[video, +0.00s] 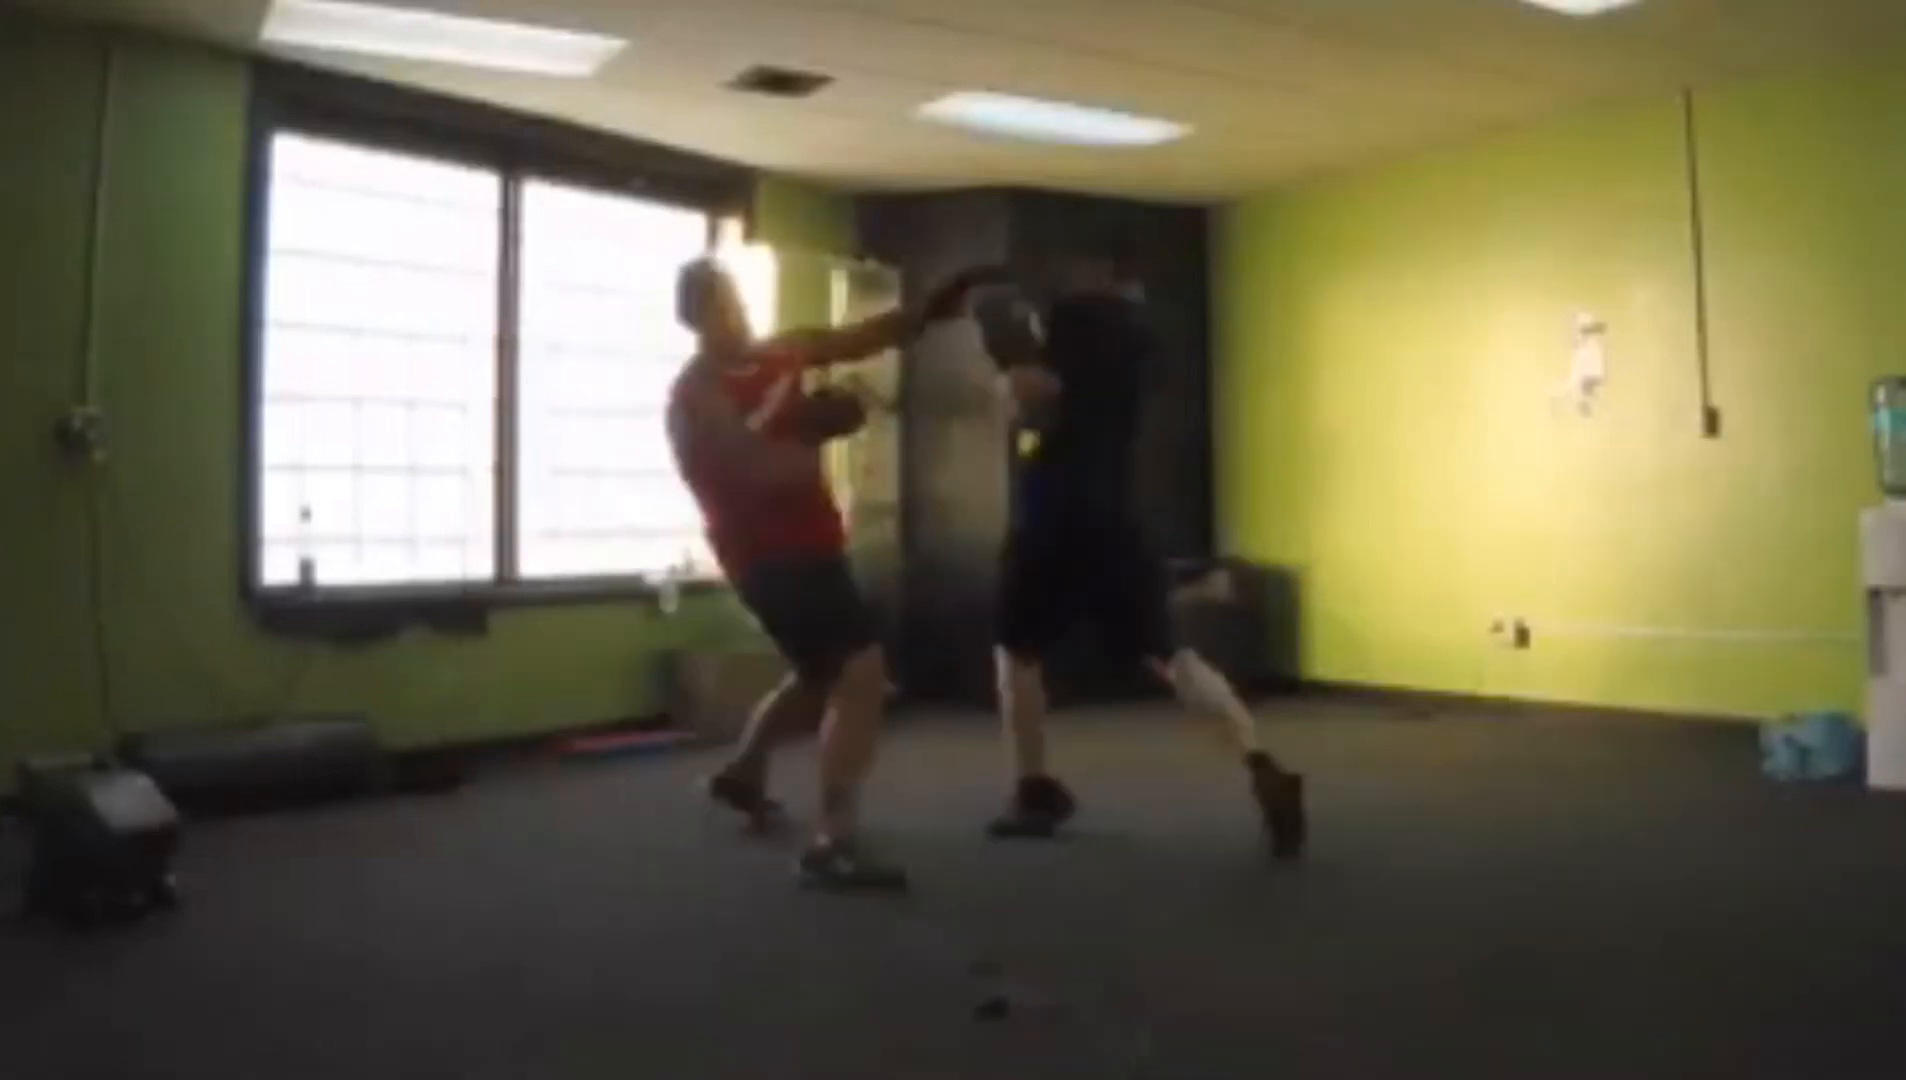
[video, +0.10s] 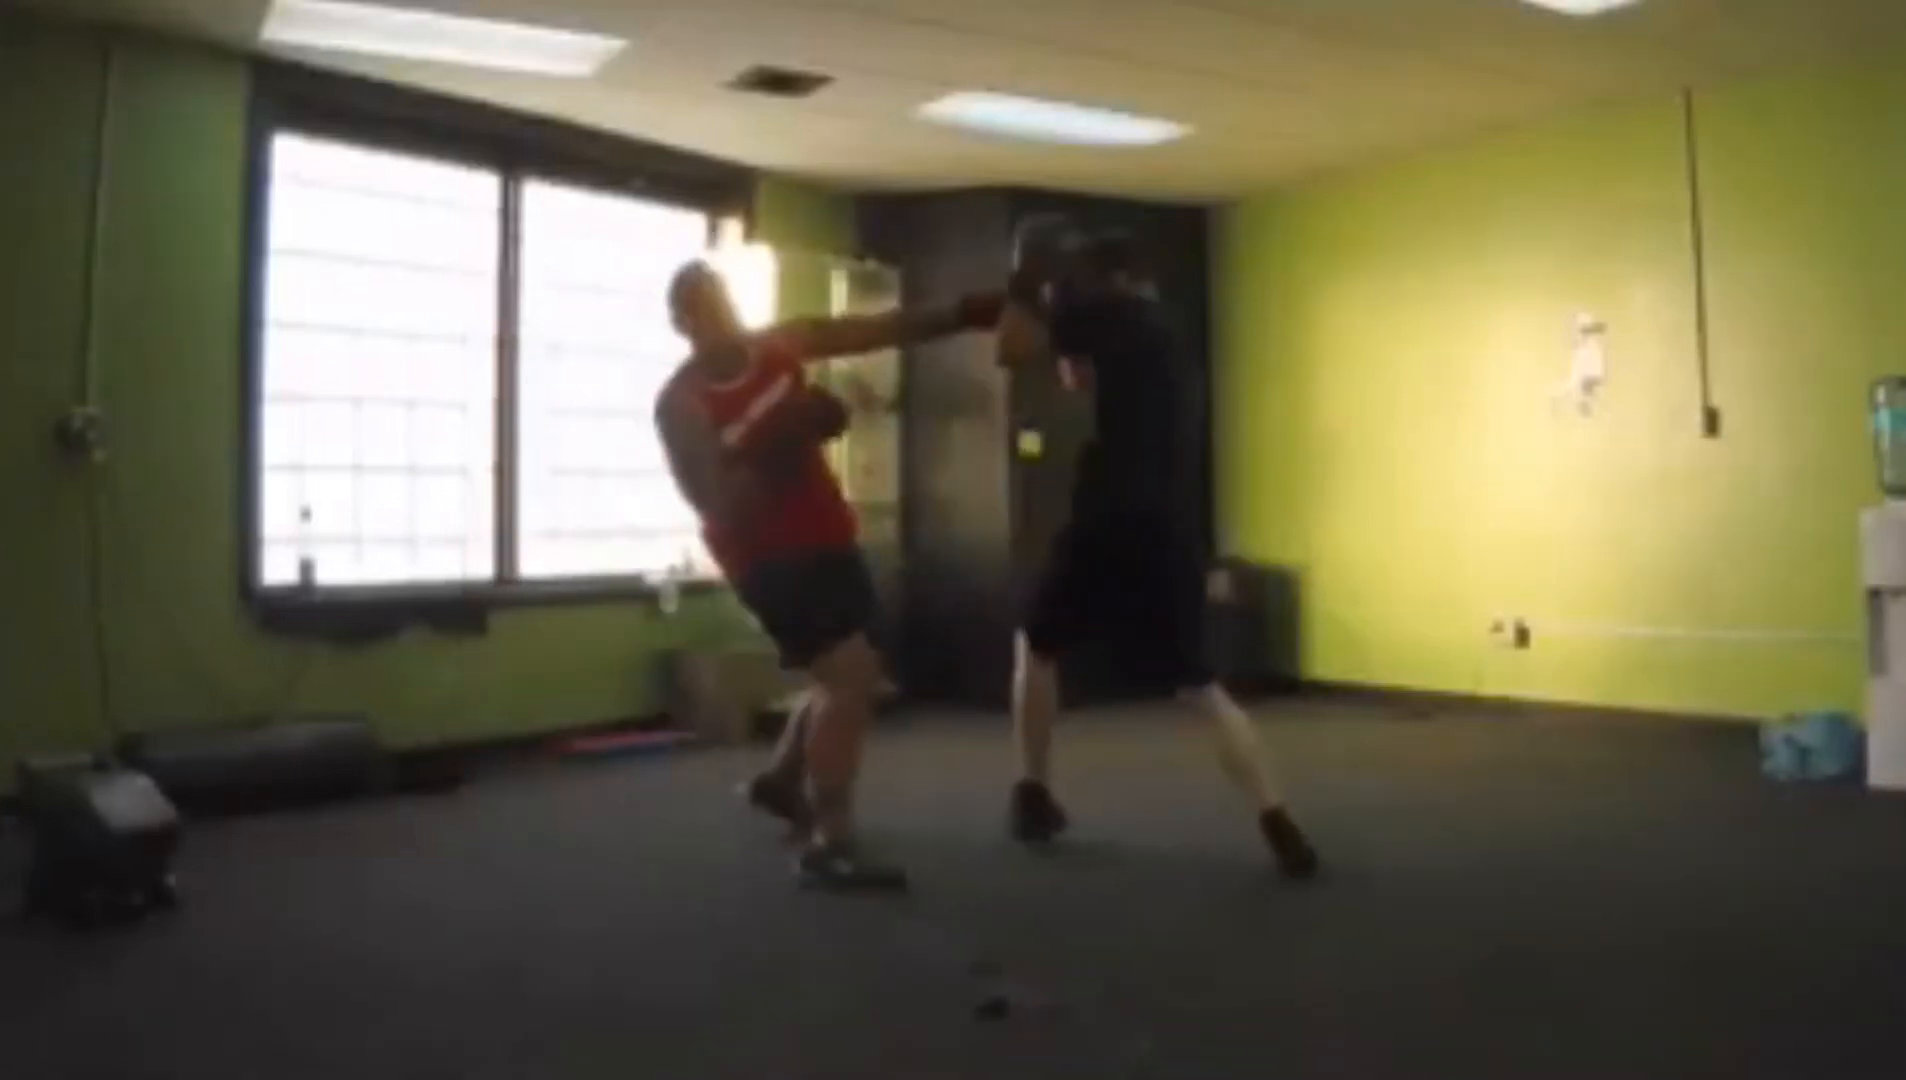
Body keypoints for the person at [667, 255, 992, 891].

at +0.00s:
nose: (732, 312)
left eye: (732, 297)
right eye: (716, 303)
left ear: (740, 302)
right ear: (695, 316)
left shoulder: (781, 356)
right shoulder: (696, 396)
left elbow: (856, 340)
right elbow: (750, 466)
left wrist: (925, 315)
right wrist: (818, 426)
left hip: (814, 546)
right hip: (767, 558)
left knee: (819, 681)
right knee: (861, 676)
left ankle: (743, 774)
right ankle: (834, 842)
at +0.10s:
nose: (713, 316)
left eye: (715, 301)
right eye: (697, 309)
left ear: (729, 302)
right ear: (680, 322)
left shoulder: (780, 349)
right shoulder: (681, 402)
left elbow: (875, 331)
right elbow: (718, 498)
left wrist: (963, 316)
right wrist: (789, 429)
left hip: (827, 538)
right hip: (764, 556)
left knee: (851, 675)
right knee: (848, 677)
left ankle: (783, 777)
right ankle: (831, 842)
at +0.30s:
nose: (709, 301)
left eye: (713, 286)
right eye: (694, 293)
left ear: (727, 288)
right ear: (673, 306)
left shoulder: (777, 337)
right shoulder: (657, 386)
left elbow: (864, 344)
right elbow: (612, 479)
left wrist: (930, 360)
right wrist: (678, 496)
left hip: (822, 532)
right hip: (751, 555)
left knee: (858, 671)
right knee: (797, 679)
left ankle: (799, 792)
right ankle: (820, 836)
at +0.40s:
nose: (709, 297)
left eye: (713, 282)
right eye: (694, 288)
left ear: (729, 283)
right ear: (674, 300)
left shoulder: (778, 344)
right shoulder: (659, 378)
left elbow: (849, 385)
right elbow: (617, 473)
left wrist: (849, 403)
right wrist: (659, 474)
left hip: (798, 538)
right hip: (721, 554)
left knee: (824, 681)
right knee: (753, 687)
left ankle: (792, 811)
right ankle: (768, 838)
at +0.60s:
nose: (685, 315)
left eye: (691, 300)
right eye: (670, 303)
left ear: (705, 303)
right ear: (647, 314)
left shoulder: (744, 377)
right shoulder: (626, 389)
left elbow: (814, 431)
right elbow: (589, 498)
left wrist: (824, 393)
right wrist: (634, 434)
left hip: (744, 557)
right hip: (651, 565)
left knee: (815, 688)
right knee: (603, 708)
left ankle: (782, 817)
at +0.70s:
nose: (652, 326)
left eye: (662, 310)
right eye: (638, 312)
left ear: (681, 313)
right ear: (621, 322)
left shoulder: (715, 380)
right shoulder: (595, 398)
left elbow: (801, 407)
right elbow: (549, 498)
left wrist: (868, 388)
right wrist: (581, 449)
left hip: (714, 563)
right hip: (620, 570)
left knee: (799, 689)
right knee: (561, 695)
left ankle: (791, 798)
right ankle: (532, 832)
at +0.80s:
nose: (647, 329)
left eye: (653, 314)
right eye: (631, 318)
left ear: (668, 315)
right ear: (608, 327)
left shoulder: (702, 380)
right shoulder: (589, 396)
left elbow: (786, 414)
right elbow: (533, 490)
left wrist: (852, 433)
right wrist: (562, 433)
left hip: (705, 561)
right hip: (615, 567)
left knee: (778, 680)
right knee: (559, 689)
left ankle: (824, 802)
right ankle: (528, 833)